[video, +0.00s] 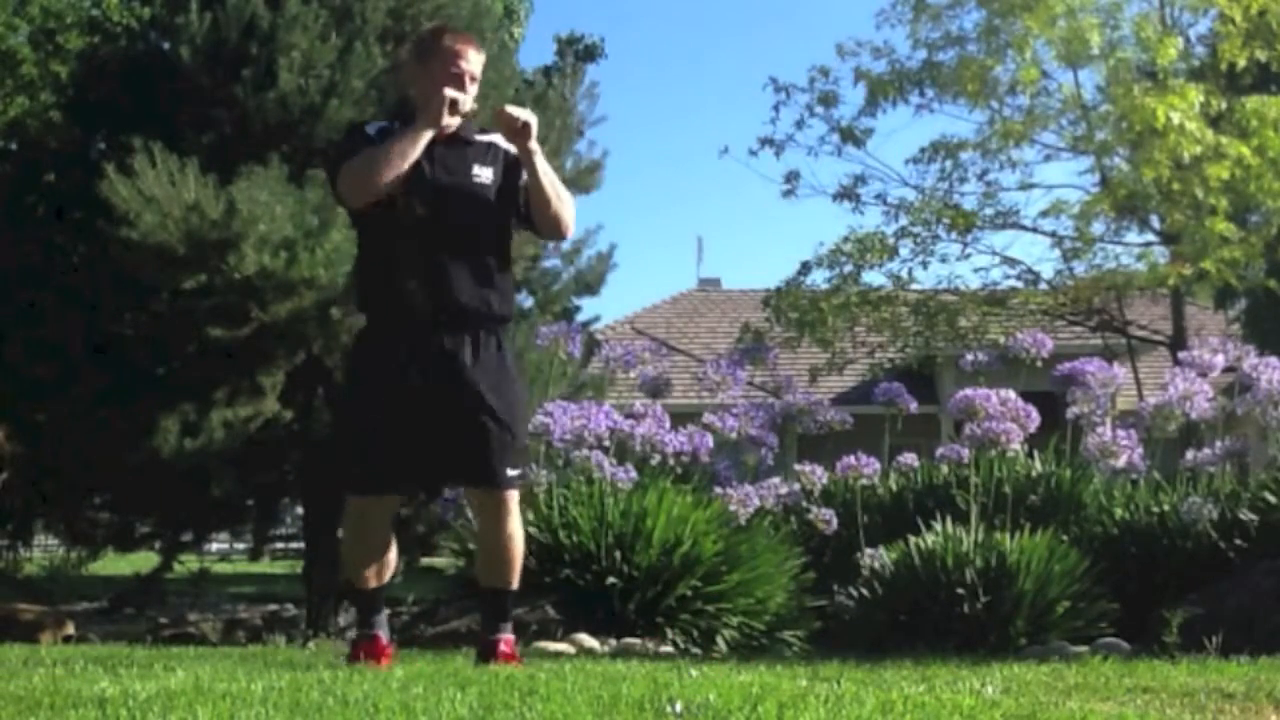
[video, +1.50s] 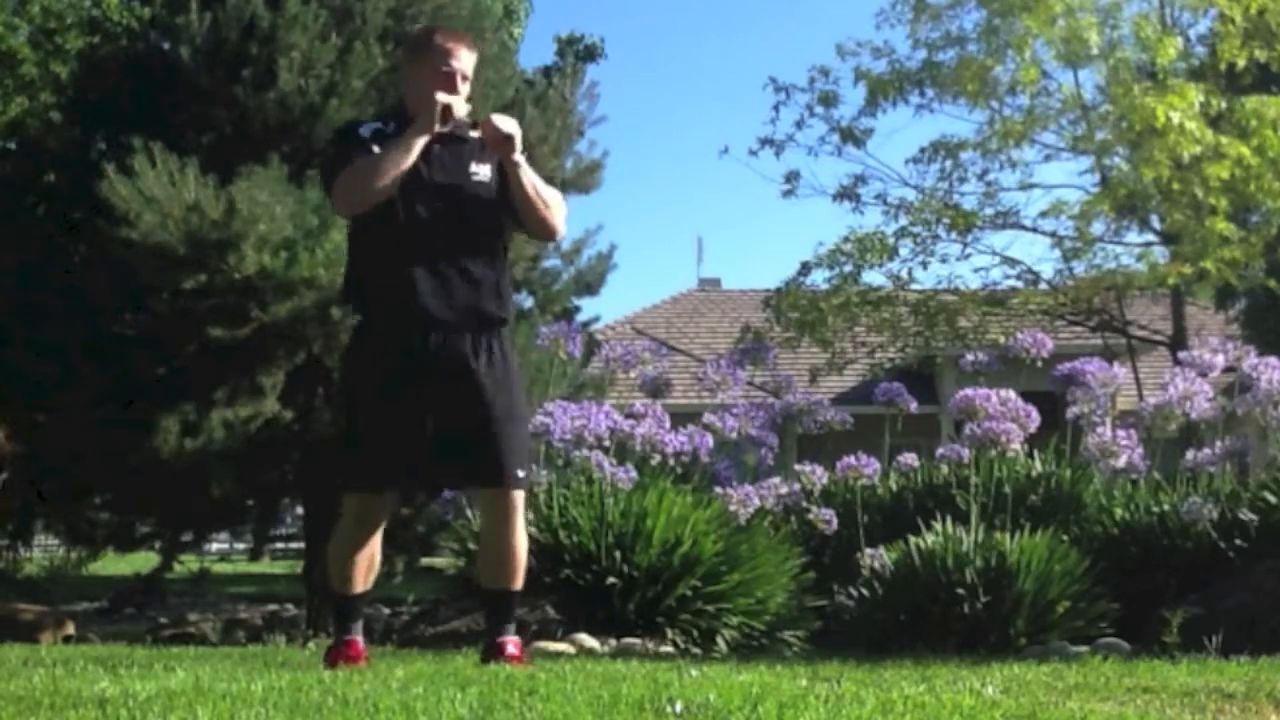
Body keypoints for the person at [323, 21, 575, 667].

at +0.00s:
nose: (462, 87)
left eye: (472, 80)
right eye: (451, 72)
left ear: (478, 92)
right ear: (412, 70)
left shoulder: (501, 156)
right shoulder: (373, 141)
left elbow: (560, 225)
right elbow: (355, 190)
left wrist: (532, 149)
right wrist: (427, 127)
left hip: (481, 348)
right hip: (392, 345)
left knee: (500, 497)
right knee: (369, 502)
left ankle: (498, 635)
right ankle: (372, 633)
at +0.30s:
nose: (452, 66)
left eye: (462, 60)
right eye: (440, 53)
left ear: (472, 69)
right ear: (402, 53)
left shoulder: (487, 132)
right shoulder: (362, 112)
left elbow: (537, 215)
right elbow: (347, 181)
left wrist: (510, 139)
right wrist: (425, 117)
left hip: (462, 323)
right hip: (373, 321)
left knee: (486, 474)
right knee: (345, 475)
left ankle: (496, 628)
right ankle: (320, 623)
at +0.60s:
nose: (447, 72)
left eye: (456, 65)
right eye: (434, 60)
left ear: (466, 74)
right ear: (396, 62)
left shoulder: (484, 139)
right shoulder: (358, 127)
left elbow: (535, 220)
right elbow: (346, 198)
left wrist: (506, 145)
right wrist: (421, 133)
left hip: (468, 336)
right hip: (374, 335)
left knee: (503, 479)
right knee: (341, 493)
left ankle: (499, 628)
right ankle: (310, 633)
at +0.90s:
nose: (483, 82)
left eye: (492, 75)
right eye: (470, 70)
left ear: (501, 88)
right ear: (432, 78)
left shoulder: (518, 158)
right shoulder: (392, 148)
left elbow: (572, 231)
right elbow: (378, 220)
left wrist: (535, 152)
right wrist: (449, 146)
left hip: (502, 356)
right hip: (412, 352)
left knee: (522, 502)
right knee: (370, 503)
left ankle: (510, 643)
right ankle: (336, 638)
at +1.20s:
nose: (465, 95)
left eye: (474, 87)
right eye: (452, 82)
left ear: (482, 98)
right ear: (414, 84)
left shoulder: (504, 167)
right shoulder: (376, 150)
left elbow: (554, 241)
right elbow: (370, 204)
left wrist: (522, 167)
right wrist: (441, 137)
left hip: (486, 359)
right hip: (395, 356)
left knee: (514, 497)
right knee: (370, 503)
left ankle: (507, 639)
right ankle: (349, 640)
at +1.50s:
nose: (453, 86)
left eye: (463, 78)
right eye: (442, 73)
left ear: (472, 87)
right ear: (406, 71)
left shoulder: (494, 151)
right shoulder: (367, 141)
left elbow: (551, 225)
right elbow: (349, 200)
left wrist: (514, 161)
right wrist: (422, 132)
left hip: (481, 344)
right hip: (390, 343)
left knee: (506, 492)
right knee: (369, 499)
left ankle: (502, 637)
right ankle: (348, 636)